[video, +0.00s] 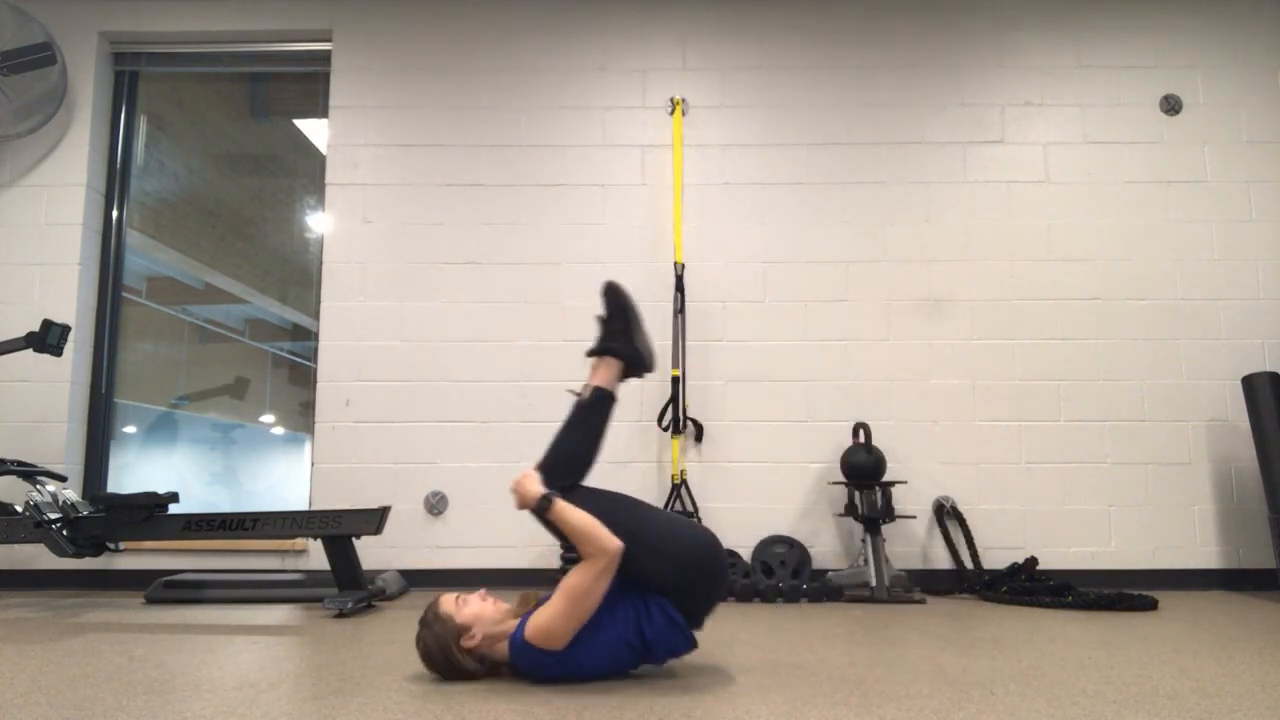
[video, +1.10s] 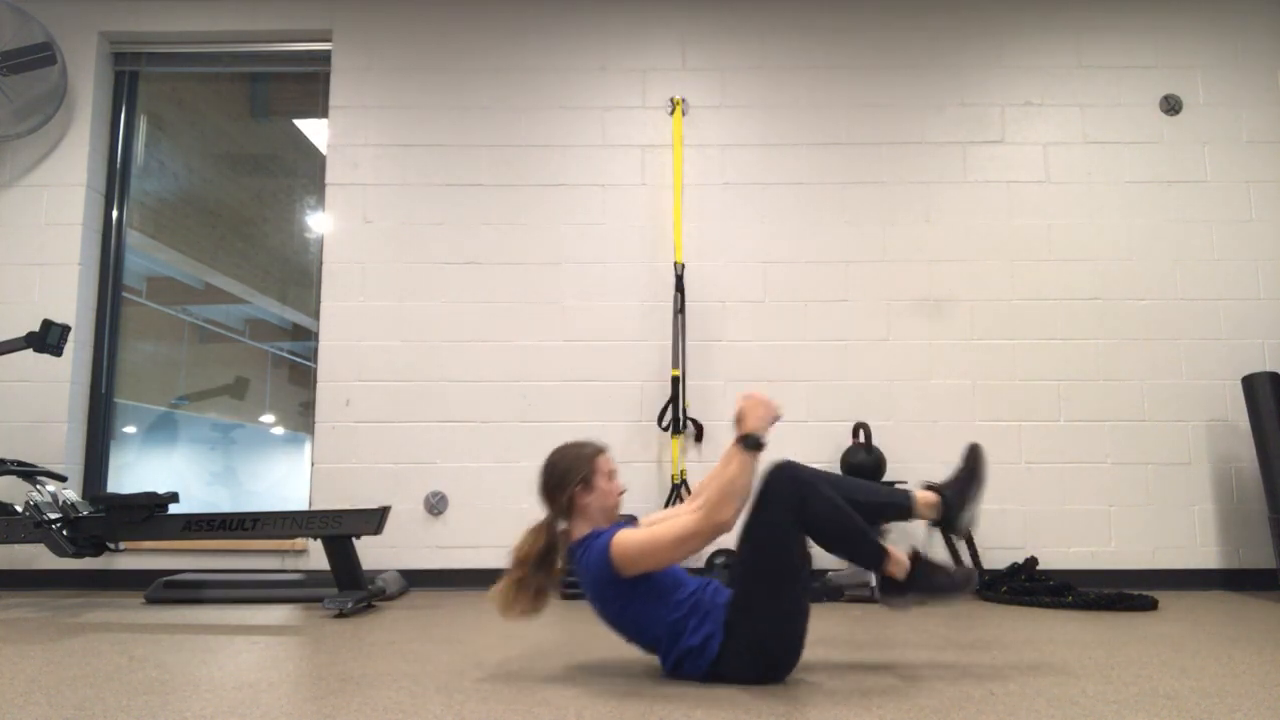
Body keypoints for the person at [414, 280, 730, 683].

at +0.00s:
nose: (479, 593)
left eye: (466, 594)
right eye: (465, 602)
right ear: (470, 639)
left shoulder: (530, 637)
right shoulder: (536, 641)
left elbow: (597, 557)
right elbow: (607, 552)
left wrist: (546, 501)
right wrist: (542, 501)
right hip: (693, 571)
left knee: (550, 493)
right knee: (554, 495)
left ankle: (610, 363)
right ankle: (613, 360)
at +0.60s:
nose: (492, 582)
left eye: (478, 582)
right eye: (476, 591)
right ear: (475, 628)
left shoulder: (536, 627)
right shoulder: (540, 642)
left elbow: (609, 562)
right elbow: (620, 557)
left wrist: (571, 489)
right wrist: (571, 489)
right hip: (702, 591)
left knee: (580, 490)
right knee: (585, 489)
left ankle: (671, 378)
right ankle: (674, 376)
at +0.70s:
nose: (505, 569)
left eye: (491, 566)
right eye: (488, 575)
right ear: (482, 612)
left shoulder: (542, 619)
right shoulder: (545, 635)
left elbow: (617, 567)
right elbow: (635, 562)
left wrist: (605, 483)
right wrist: (603, 484)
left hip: (698, 607)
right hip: (712, 611)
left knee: (612, 482)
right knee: (617, 488)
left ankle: (720, 395)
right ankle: (731, 390)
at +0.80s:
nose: (528, 550)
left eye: (518, 543)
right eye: (513, 551)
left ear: (507, 583)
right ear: (500, 586)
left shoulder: (555, 602)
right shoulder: (556, 620)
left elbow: (643, 564)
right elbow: (657, 563)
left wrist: (647, 481)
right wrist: (647, 483)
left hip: (709, 624)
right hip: (719, 631)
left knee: (654, 476)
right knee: (656, 477)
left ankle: (779, 425)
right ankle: (789, 424)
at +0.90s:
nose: (560, 525)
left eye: (551, 517)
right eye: (545, 523)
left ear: (530, 554)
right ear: (524, 554)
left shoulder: (567, 586)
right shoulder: (572, 598)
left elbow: (661, 549)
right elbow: (678, 552)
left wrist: (686, 475)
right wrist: (692, 470)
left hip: (723, 634)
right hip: (731, 645)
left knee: (706, 472)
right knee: (710, 477)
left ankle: (835, 464)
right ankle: (849, 469)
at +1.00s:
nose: (592, 501)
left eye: (586, 492)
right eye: (581, 496)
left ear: (559, 519)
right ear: (555, 521)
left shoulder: (586, 560)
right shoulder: (589, 574)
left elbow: (682, 538)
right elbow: (691, 539)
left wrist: (717, 461)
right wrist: (722, 458)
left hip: (732, 631)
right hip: (741, 650)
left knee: (748, 467)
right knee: (749, 482)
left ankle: (893, 491)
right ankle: (882, 531)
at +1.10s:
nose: (619, 485)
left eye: (615, 476)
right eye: (608, 479)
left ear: (585, 496)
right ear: (579, 496)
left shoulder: (609, 534)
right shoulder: (603, 555)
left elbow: (700, 510)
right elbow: (710, 521)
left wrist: (742, 440)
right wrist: (749, 439)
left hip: (744, 630)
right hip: (746, 651)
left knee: (794, 476)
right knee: (787, 485)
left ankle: (934, 502)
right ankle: (897, 569)